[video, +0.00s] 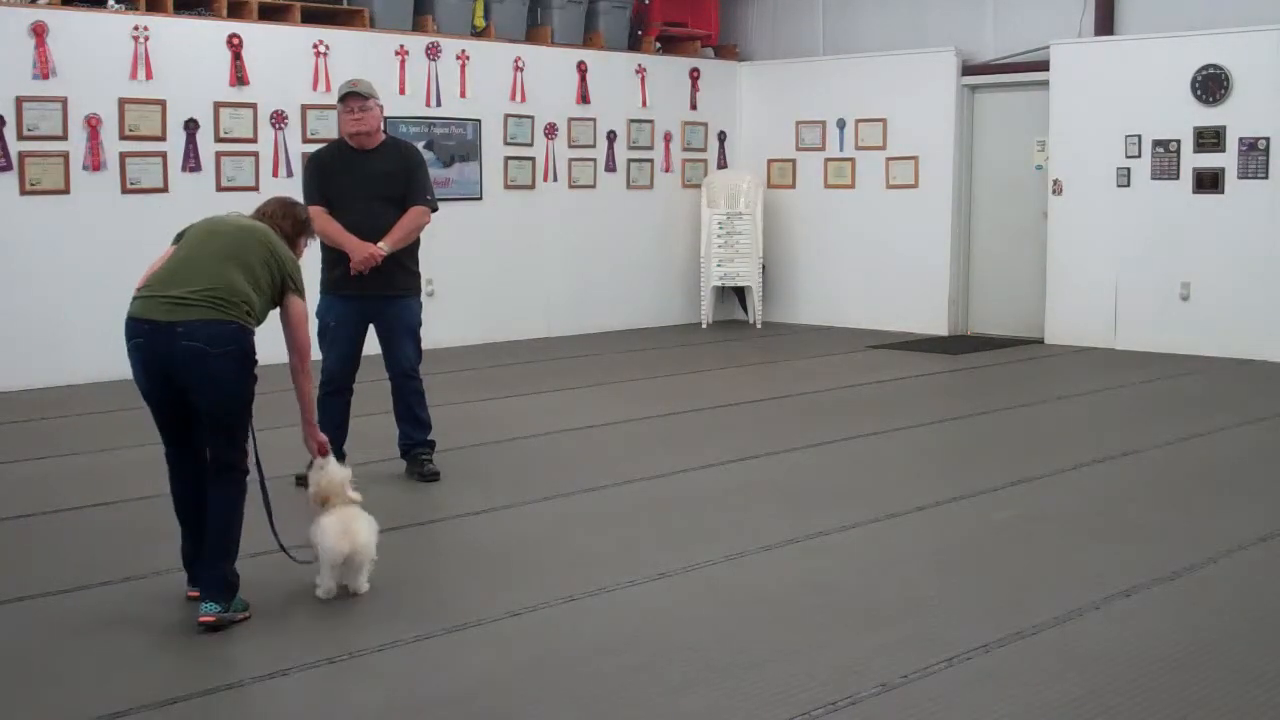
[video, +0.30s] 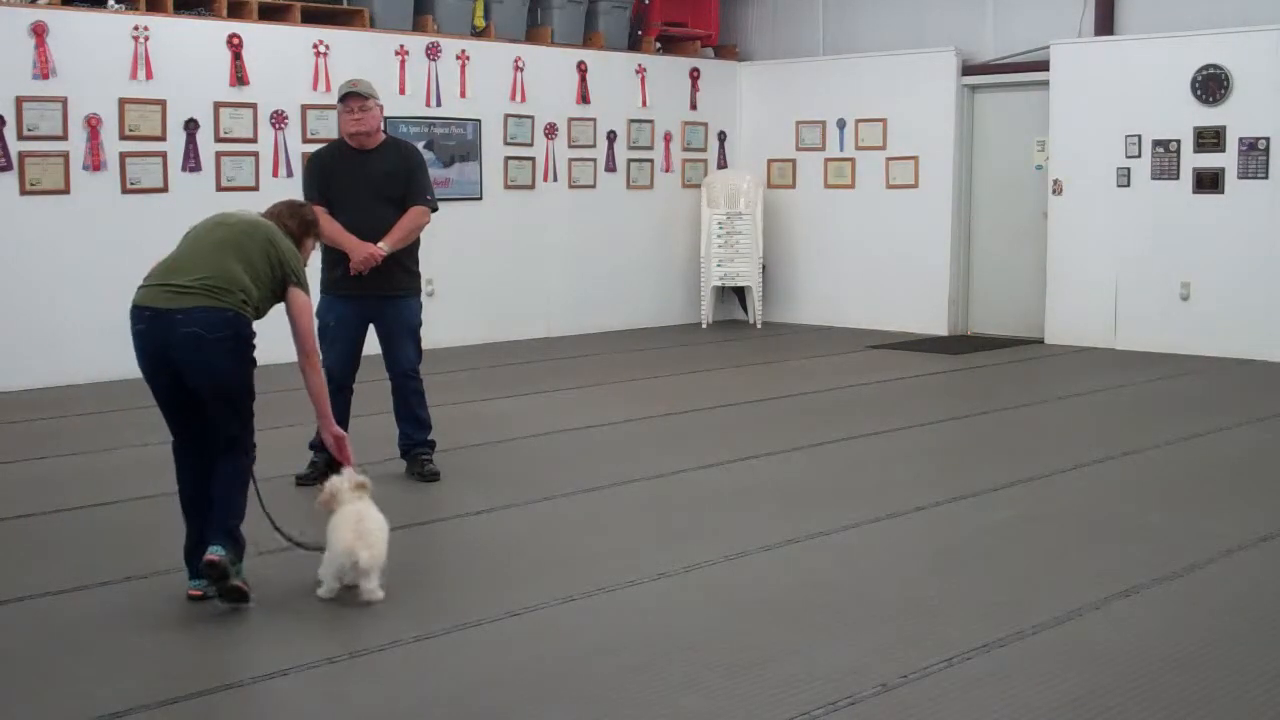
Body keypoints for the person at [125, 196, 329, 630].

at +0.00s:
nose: (301, 255)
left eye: (304, 248)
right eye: (302, 247)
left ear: (260, 219)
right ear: (291, 237)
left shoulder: (202, 227)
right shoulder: (284, 259)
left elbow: (145, 284)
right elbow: (300, 355)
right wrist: (311, 427)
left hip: (146, 335)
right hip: (215, 341)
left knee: (182, 455)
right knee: (228, 464)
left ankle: (200, 576)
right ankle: (216, 596)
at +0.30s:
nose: (307, 258)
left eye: (312, 250)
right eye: (309, 249)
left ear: (272, 221)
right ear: (300, 239)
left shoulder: (217, 225)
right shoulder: (288, 255)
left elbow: (155, 273)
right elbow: (308, 354)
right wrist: (327, 424)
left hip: (150, 321)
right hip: (214, 326)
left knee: (190, 442)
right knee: (234, 443)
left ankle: (198, 570)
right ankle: (222, 546)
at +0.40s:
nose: (310, 247)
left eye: (314, 239)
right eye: (312, 238)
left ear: (274, 211)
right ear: (301, 225)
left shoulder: (221, 217)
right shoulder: (289, 243)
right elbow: (306, 339)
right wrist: (323, 412)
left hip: (154, 319)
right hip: (218, 321)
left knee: (194, 438)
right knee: (241, 438)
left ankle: (199, 570)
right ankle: (232, 550)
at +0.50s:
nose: (317, 235)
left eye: (321, 225)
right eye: (319, 223)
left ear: (277, 198)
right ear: (304, 211)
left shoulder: (221, 210)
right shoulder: (291, 232)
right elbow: (302, 325)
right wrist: (314, 395)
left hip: (160, 316)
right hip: (225, 319)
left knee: (201, 438)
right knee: (249, 437)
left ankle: (204, 566)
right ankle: (255, 554)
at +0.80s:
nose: (333, 196)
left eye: (337, 188)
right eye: (333, 185)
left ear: (290, 167)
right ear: (314, 170)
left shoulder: (233, 191)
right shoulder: (306, 209)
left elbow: (195, 255)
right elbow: (295, 283)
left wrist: (202, 309)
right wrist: (299, 355)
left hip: (194, 323)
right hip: (253, 324)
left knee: (222, 435)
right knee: (277, 433)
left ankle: (207, 549)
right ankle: (284, 537)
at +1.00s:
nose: (340, 176)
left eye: (345, 167)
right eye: (340, 165)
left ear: (297, 151)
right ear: (318, 153)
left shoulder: (250, 176)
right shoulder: (314, 194)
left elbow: (218, 245)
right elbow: (305, 276)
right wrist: (324, 347)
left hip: (220, 312)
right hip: (273, 314)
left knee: (255, 417)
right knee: (293, 424)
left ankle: (219, 512)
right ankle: (286, 537)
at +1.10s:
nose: (340, 172)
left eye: (344, 163)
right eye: (339, 161)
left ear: (297, 145)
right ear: (317, 148)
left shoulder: (254, 173)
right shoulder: (313, 188)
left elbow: (230, 245)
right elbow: (309, 273)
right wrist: (337, 334)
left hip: (228, 308)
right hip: (277, 311)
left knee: (268, 415)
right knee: (290, 422)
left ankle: (232, 519)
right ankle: (285, 538)